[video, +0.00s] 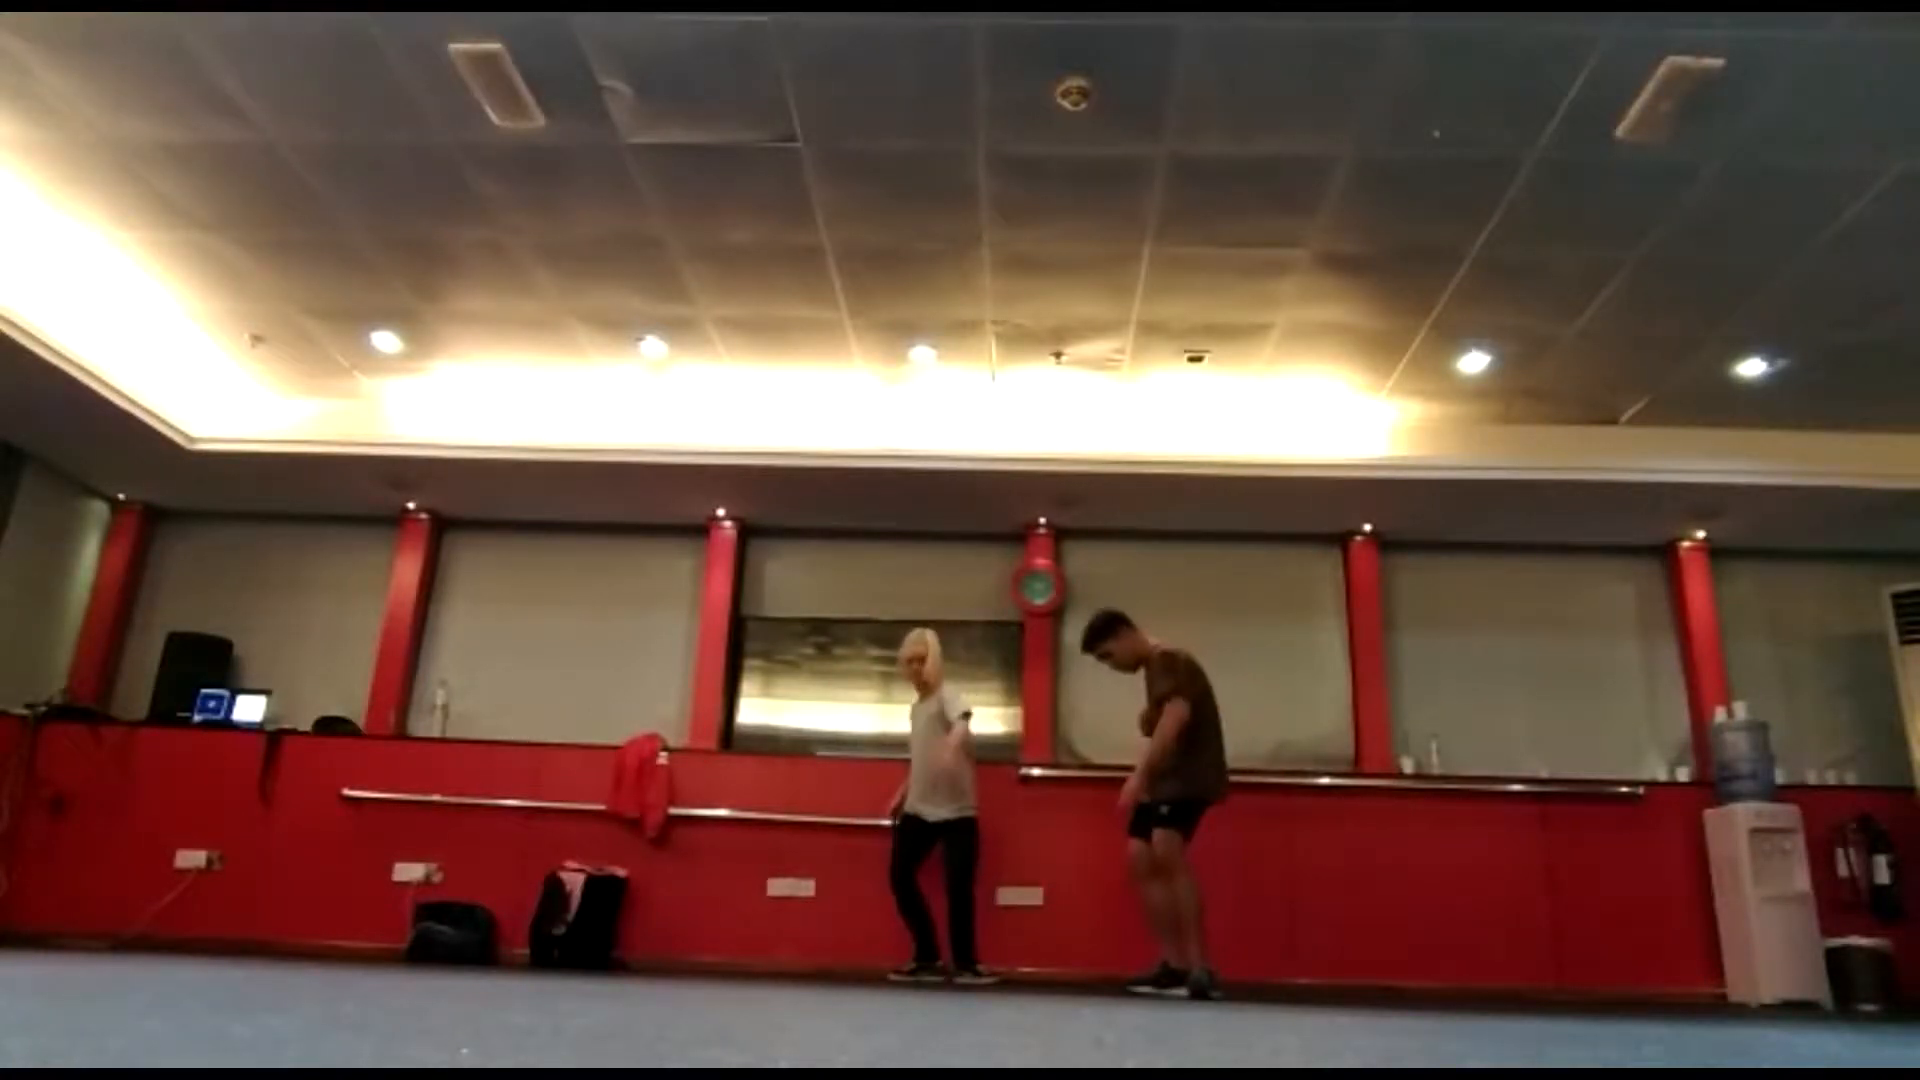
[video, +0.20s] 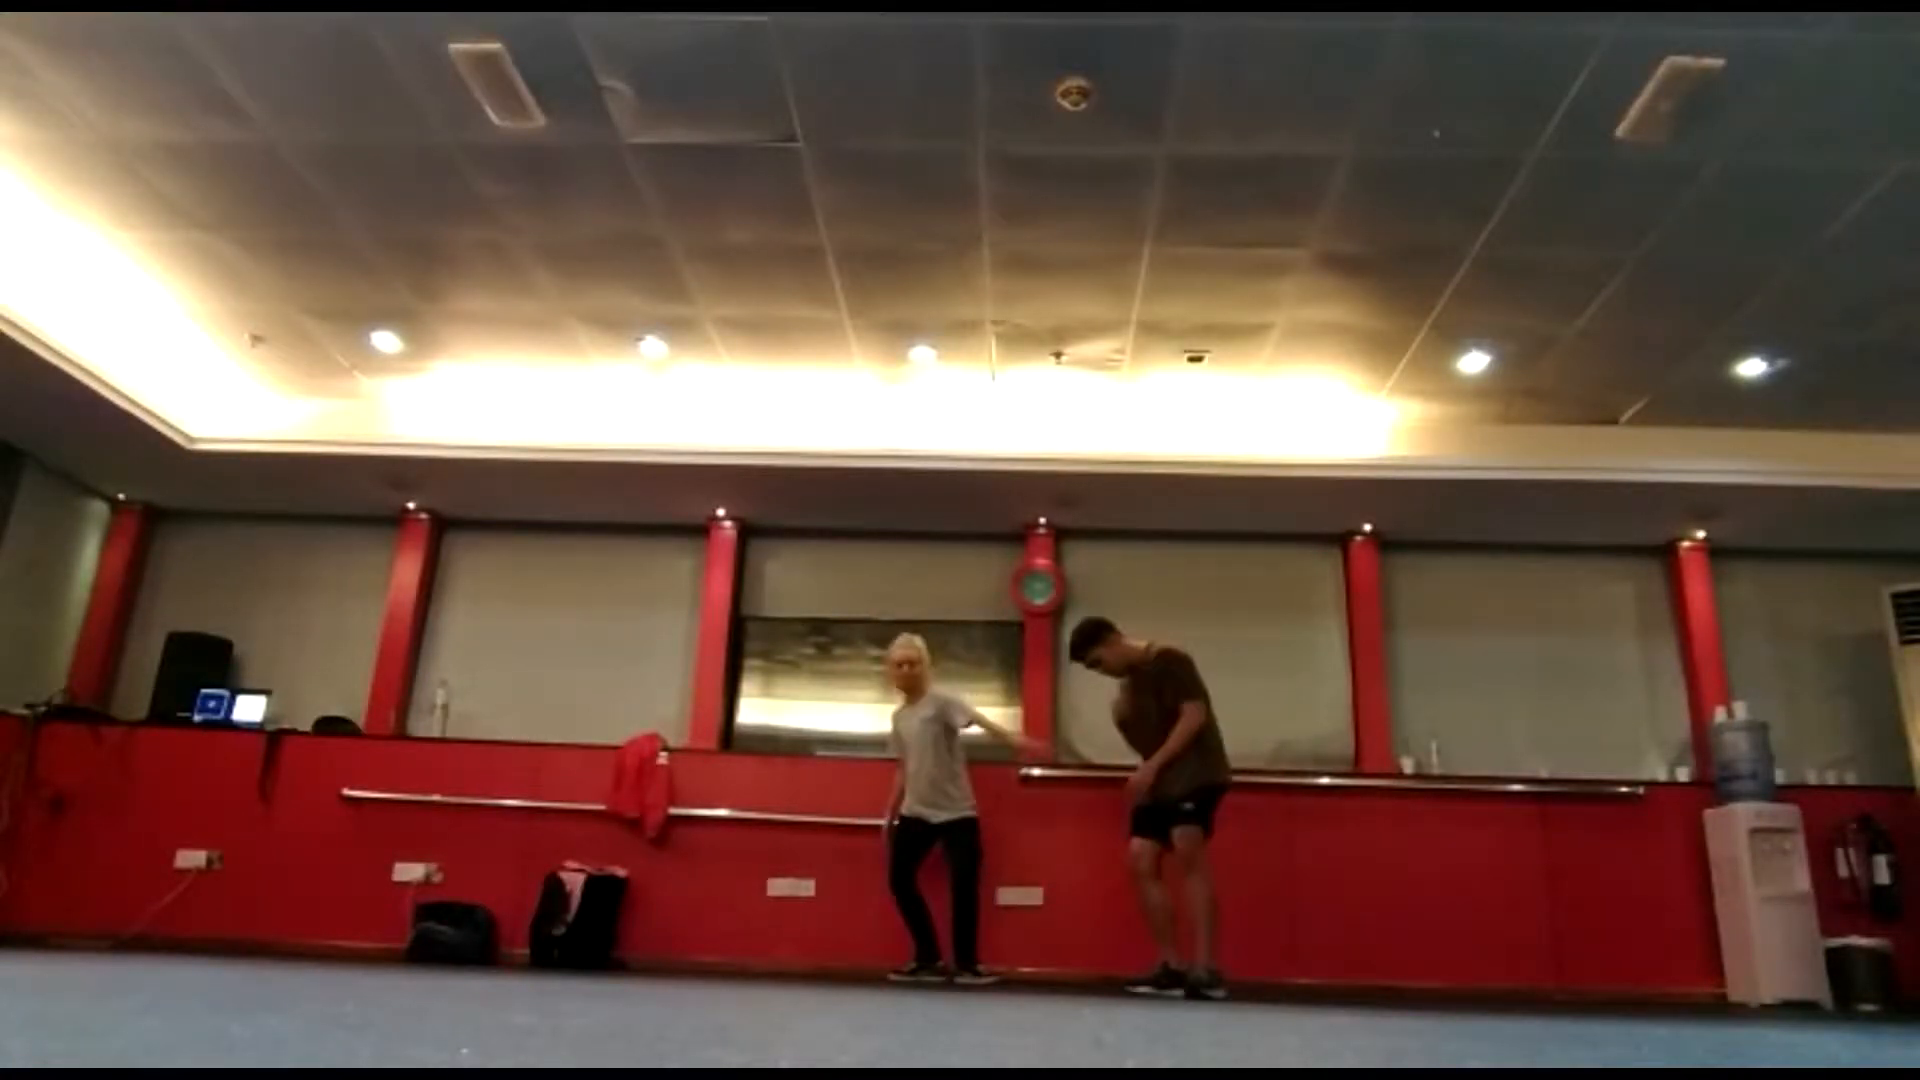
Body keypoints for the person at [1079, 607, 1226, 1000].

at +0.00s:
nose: (1111, 665)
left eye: (1108, 655)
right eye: (1104, 659)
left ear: (1125, 637)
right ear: (1121, 643)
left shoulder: (1170, 665)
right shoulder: (1155, 671)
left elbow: (1174, 720)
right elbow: (1162, 734)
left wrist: (1137, 778)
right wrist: (1148, 781)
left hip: (1191, 780)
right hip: (1166, 780)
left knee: (1166, 852)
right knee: (1140, 857)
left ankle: (1197, 967)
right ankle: (1173, 963)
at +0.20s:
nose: (1101, 671)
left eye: (1097, 662)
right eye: (1094, 667)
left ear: (1110, 642)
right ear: (1104, 652)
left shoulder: (1170, 662)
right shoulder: (1132, 684)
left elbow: (1195, 715)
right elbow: (1152, 744)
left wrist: (1151, 766)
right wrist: (1125, 720)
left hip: (1197, 773)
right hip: (1160, 778)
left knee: (1188, 852)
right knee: (1141, 859)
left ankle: (1204, 969)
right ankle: (1170, 964)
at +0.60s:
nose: (1150, 660)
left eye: (1156, 652)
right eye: (1142, 652)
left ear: (1167, 645)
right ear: (1130, 648)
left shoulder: (1191, 676)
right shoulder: (1114, 684)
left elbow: (1224, 724)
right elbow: (1119, 740)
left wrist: (1200, 701)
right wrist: (1146, 691)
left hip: (1193, 783)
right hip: (1144, 785)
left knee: (1217, 872)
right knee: (1131, 863)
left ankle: (1194, 965)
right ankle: (1169, 962)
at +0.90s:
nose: (1204, 658)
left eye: (1211, 652)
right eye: (1200, 649)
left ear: (1218, 647)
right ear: (1188, 636)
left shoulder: (1215, 674)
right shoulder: (1148, 663)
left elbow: (1221, 720)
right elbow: (1118, 712)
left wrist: (1236, 733)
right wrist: (1172, 714)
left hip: (1194, 788)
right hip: (1150, 787)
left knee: (1195, 875)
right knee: (1152, 868)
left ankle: (1189, 966)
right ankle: (1158, 960)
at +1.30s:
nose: (1216, 663)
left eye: (1224, 656)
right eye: (1210, 653)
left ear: (1229, 661)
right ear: (1192, 650)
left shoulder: (1221, 708)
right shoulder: (1161, 678)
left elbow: (1225, 766)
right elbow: (1124, 720)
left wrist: (1249, 747)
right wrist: (1170, 718)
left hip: (1203, 801)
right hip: (1161, 796)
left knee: (1221, 876)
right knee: (1170, 863)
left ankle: (1190, 967)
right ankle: (1158, 964)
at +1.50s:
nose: (1202, 640)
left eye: (1210, 633)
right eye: (1195, 631)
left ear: (1220, 637)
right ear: (1182, 633)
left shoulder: (1227, 687)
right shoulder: (1154, 668)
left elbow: (1249, 733)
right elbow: (1113, 705)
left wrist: (1233, 755)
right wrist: (1142, 708)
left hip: (1198, 787)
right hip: (1150, 783)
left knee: (1203, 868)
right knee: (1139, 854)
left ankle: (1190, 966)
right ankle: (1138, 957)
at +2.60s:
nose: (1133, 642)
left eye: (1139, 634)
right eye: (1125, 635)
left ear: (1147, 640)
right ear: (1110, 641)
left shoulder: (1160, 692)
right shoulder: (1089, 690)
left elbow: (1170, 745)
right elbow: (1076, 747)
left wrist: (1165, 789)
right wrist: (1134, 778)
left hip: (1150, 794)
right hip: (1108, 795)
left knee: (1173, 869)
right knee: (1105, 859)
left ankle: (1140, 960)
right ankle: (1114, 957)